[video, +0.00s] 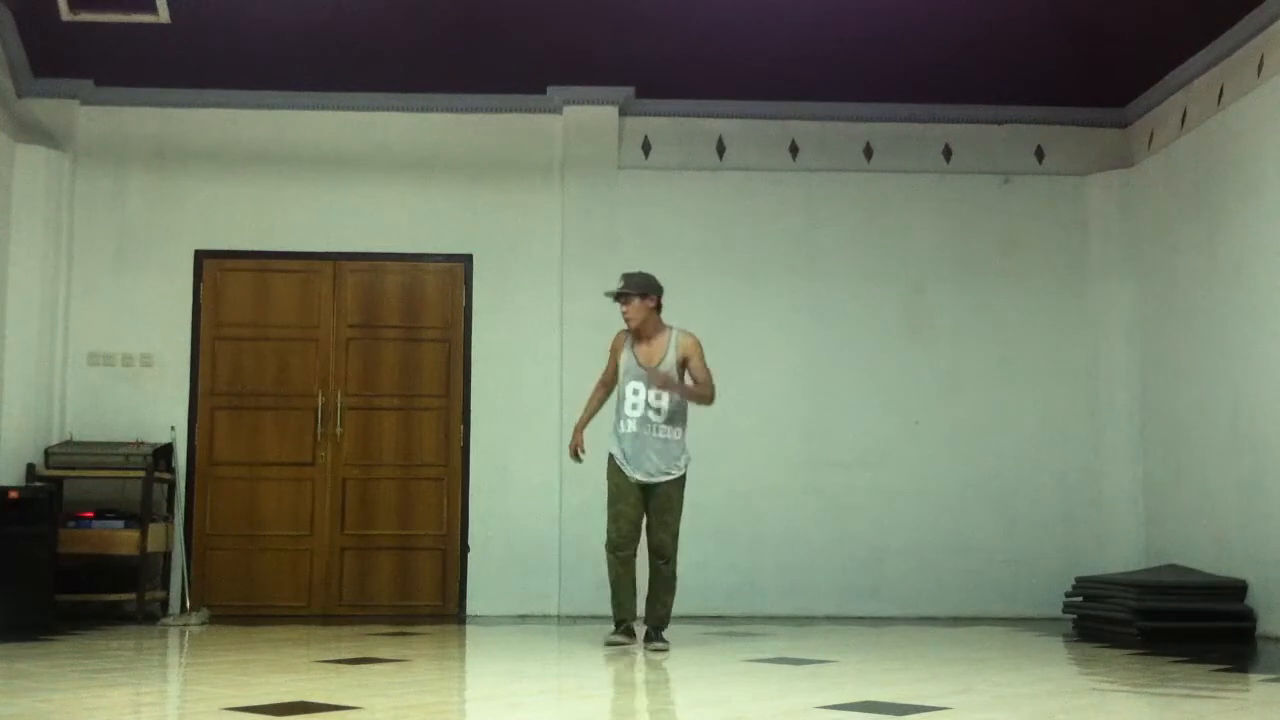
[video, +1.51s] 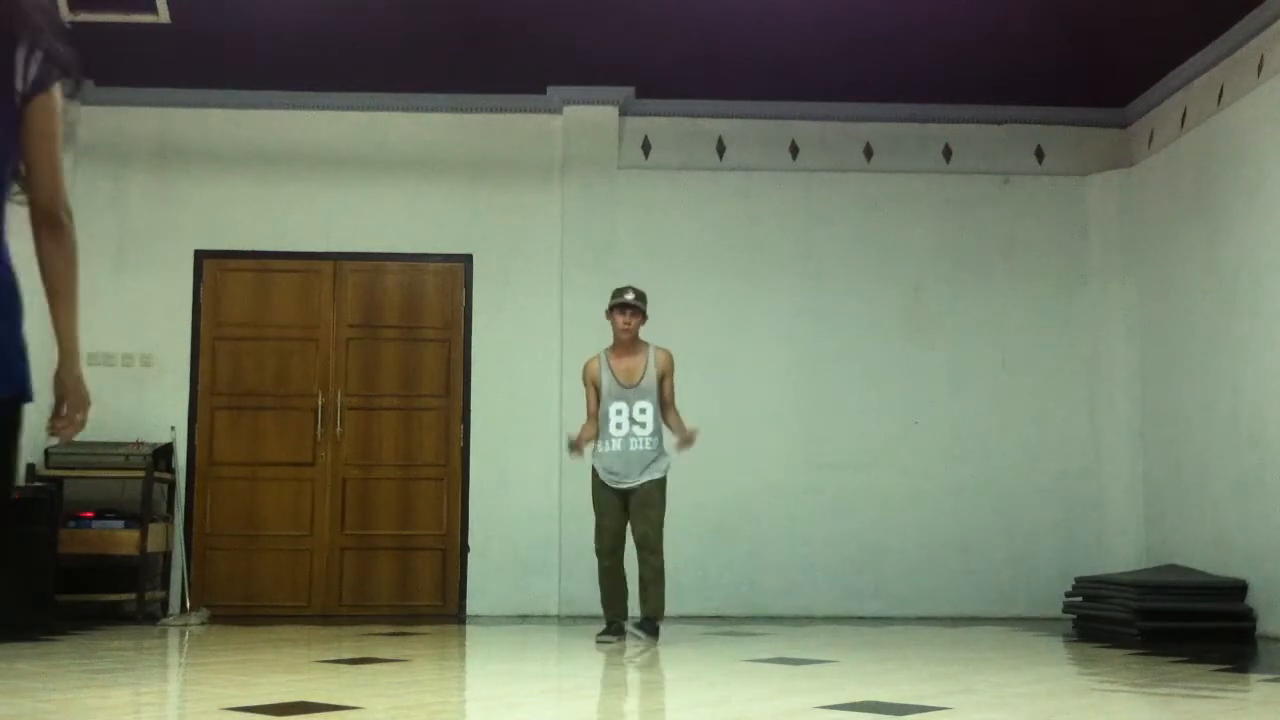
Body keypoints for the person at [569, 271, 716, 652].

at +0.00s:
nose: (622, 308)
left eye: (628, 301)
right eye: (620, 302)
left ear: (652, 302)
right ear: (627, 305)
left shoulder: (685, 343)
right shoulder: (622, 343)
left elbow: (707, 394)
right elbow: (606, 384)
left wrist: (674, 386)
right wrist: (580, 426)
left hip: (668, 466)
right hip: (624, 462)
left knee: (662, 549)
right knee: (620, 544)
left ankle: (656, 627)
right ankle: (624, 625)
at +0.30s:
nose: (613, 313)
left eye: (620, 305)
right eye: (611, 307)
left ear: (642, 308)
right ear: (612, 311)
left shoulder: (667, 338)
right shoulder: (609, 362)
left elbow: (694, 385)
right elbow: (601, 422)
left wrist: (667, 420)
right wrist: (586, 475)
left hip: (654, 466)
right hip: (614, 469)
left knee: (644, 540)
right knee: (616, 546)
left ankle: (652, 620)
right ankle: (629, 625)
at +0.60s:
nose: (631, 304)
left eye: (639, 298)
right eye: (624, 298)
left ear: (650, 304)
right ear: (616, 303)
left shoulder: (669, 348)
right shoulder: (599, 350)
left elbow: (677, 406)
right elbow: (589, 402)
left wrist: (680, 459)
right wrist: (595, 440)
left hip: (657, 463)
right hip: (613, 463)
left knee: (649, 542)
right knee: (619, 546)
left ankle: (650, 622)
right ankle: (628, 625)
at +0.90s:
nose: (647, 308)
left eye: (654, 303)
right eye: (640, 302)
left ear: (664, 311)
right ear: (629, 308)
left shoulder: (673, 365)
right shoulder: (606, 350)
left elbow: (677, 423)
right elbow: (590, 401)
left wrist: (679, 477)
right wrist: (593, 436)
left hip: (659, 468)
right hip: (616, 464)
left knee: (654, 549)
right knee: (621, 547)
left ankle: (647, 624)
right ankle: (627, 624)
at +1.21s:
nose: (640, 307)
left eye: (647, 301)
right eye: (633, 301)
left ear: (657, 308)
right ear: (622, 308)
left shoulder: (673, 358)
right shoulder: (605, 354)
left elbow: (680, 412)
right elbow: (594, 409)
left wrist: (678, 458)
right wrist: (585, 462)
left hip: (657, 469)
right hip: (611, 466)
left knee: (652, 548)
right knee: (607, 543)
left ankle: (647, 622)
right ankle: (611, 614)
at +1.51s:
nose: (626, 317)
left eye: (634, 312)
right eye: (620, 311)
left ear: (643, 318)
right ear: (610, 316)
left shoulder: (660, 359)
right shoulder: (594, 367)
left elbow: (668, 407)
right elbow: (592, 419)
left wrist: (681, 431)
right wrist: (582, 438)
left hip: (648, 472)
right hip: (607, 473)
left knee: (648, 546)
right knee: (608, 550)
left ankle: (650, 621)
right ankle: (614, 622)